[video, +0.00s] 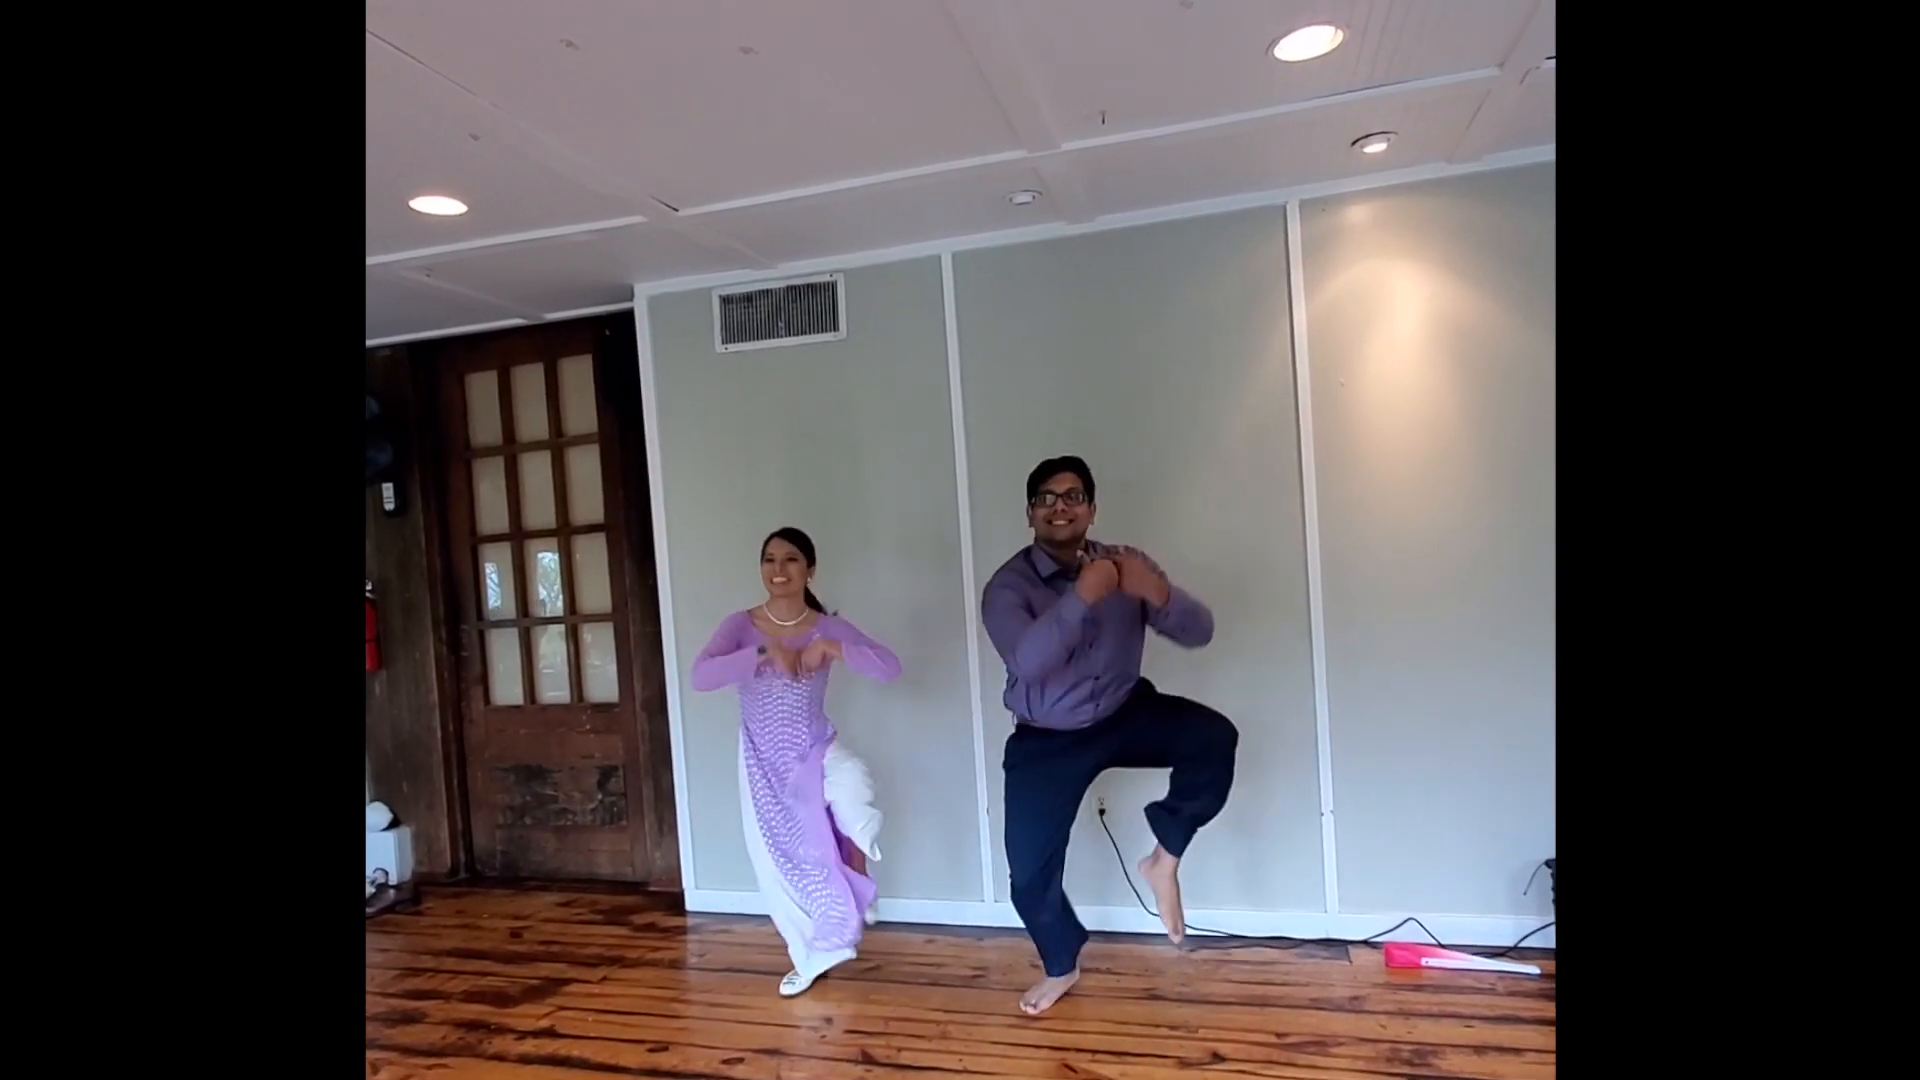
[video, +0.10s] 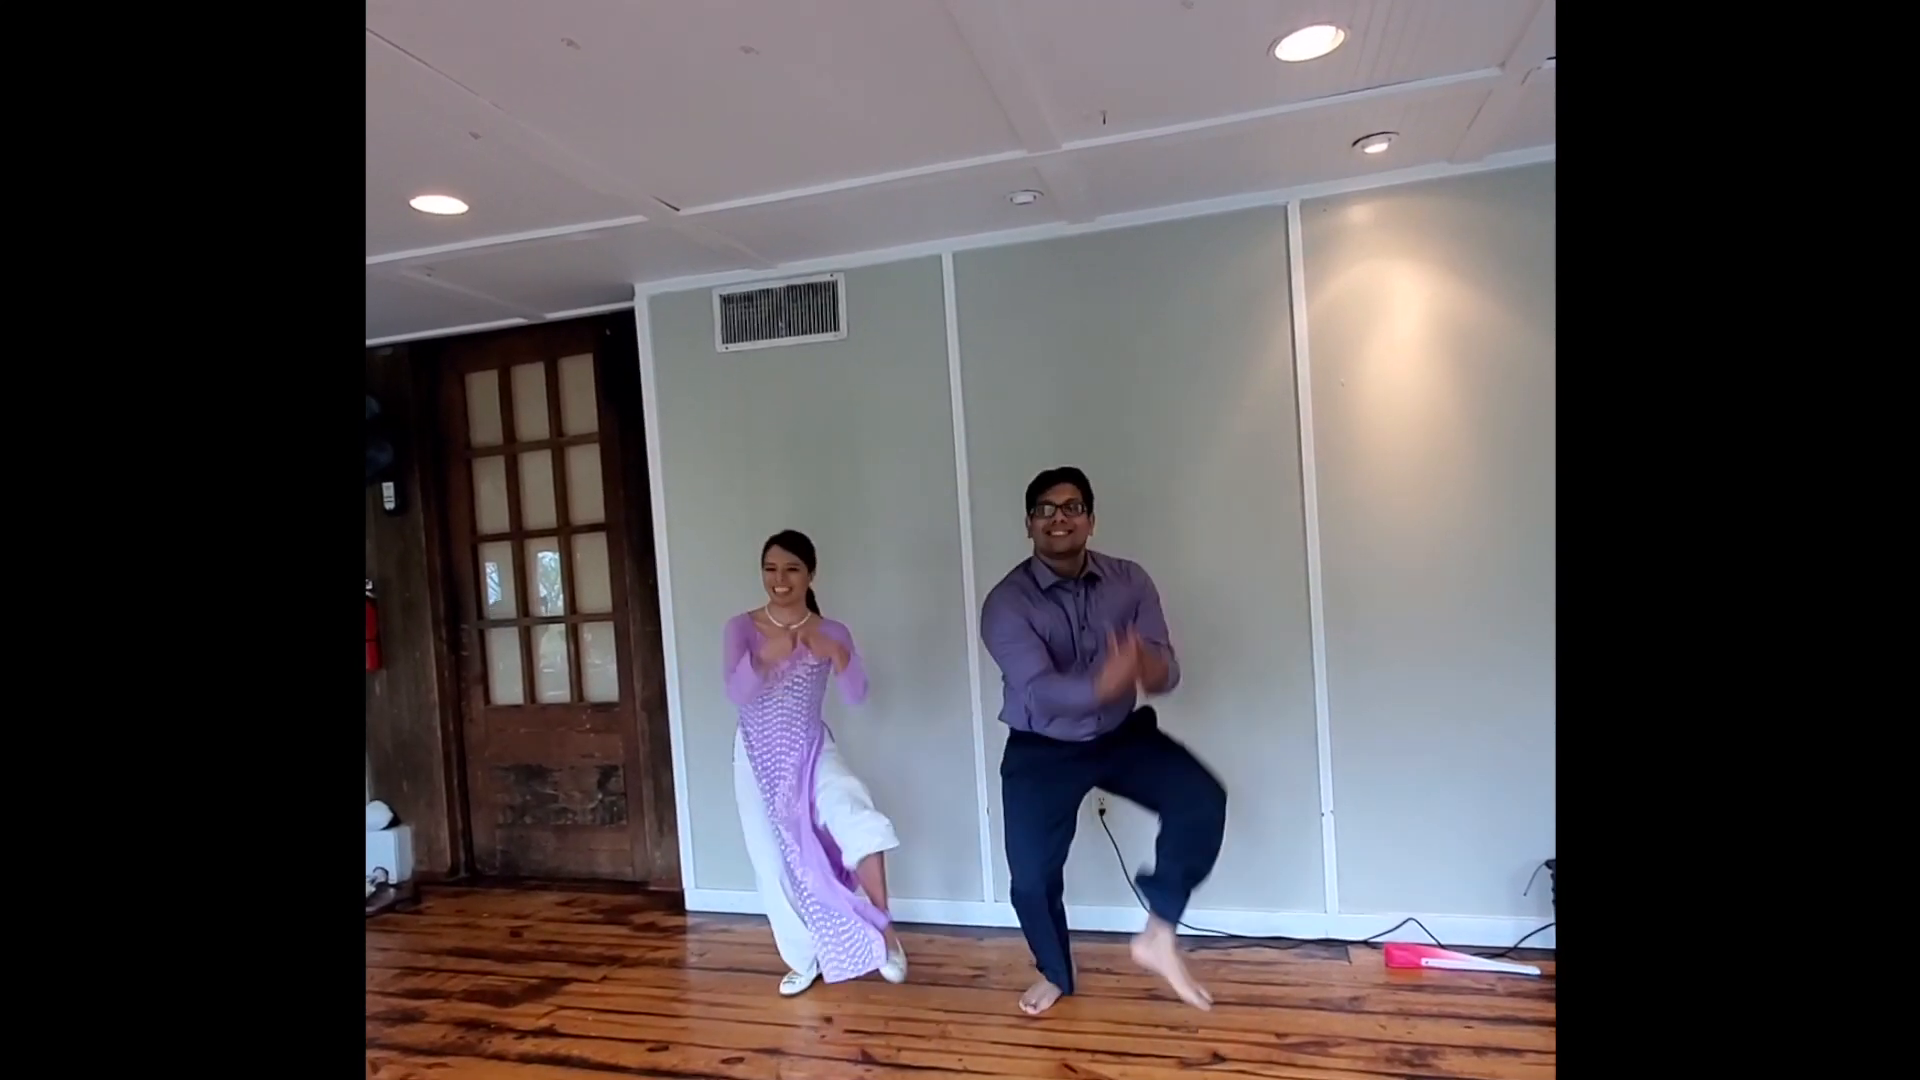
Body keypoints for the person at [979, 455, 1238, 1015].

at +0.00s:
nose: (1058, 507)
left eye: (1072, 497)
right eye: (1046, 498)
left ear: (1090, 510)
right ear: (1031, 512)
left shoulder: (1124, 565)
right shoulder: (1008, 588)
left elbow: (1200, 630)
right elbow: (1026, 661)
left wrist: (1158, 598)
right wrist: (1081, 598)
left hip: (1126, 713)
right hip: (1046, 737)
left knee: (1212, 739)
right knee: (1030, 874)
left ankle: (1162, 860)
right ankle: (1061, 964)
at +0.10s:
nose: (1060, 519)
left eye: (1072, 508)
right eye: (1046, 510)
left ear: (1090, 520)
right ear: (1030, 524)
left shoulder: (1130, 582)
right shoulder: (1006, 604)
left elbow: (1164, 672)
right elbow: (1037, 689)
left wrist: (1147, 668)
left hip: (1121, 735)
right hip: (1042, 749)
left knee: (1200, 799)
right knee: (1032, 875)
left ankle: (1158, 935)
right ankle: (1052, 975)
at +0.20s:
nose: (1066, 521)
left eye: (1079, 511)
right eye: (1054, 513)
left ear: (1098, 523)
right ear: (1037, 527)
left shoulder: (1137, 589)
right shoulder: (1011, 613)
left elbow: (1166, 679)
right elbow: (1029, 707)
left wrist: (1177, 768)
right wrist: (1057, 787)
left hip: (1125, 753)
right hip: (1043, 755)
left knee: (1175, 861)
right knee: (1038, 874)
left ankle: (1154, 1001)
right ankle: (1051, 977)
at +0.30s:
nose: (1087, 514)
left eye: (1100, 504)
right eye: (1074, 506)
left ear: (1121, 516)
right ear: (1059, 521)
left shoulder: (1159, 587)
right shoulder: (1027, 595)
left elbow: (1212, 664)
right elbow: (985, 678)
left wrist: (1271, 747)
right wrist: (953, 761)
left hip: (1143, 752)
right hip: (1057, 755)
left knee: (1208, 846)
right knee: (1040, 882)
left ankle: (1173, 974)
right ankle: (1053, 975)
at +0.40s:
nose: (1113, 494)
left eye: (1125, 483)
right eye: (1100, 487)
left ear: (1148, 496)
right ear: (1084, 502)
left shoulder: (1189, 564)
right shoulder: (1047, 563)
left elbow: (1272, 604)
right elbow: (967, 606)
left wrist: (1359, 649)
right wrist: (892, 649)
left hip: (1169, 739)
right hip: (1080, 746)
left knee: (1248, 829)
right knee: (1059, 872)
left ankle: (1228, 953)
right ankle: (1057, 976)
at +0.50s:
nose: (1139, 470)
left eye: (1152, 459)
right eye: (1128, 462)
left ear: (1177, 470)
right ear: (1115, 476)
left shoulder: (1226, 525)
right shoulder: (1082, 529)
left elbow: (1319, 539)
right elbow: (995, 541)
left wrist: (1419, 560)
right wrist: (907, 555)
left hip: (1207, 720)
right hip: (1115, 719)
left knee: (1264, 841)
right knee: (1074, 838)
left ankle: (1300, 965)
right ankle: (1060, 953)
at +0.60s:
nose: (1173, 471)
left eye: (1186, 460)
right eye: (1161, 464)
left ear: (1212, 470)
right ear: (1149, 479)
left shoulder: (1268, 525)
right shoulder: (1120, 540)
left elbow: (1361, 510)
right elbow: (1035, 534)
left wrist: (1460, 494)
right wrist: (950, 514)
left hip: (1243, 729)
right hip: (1149, 717)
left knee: (1291, 854)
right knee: (1075, 809)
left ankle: (1332, 980)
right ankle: (1092, 917)